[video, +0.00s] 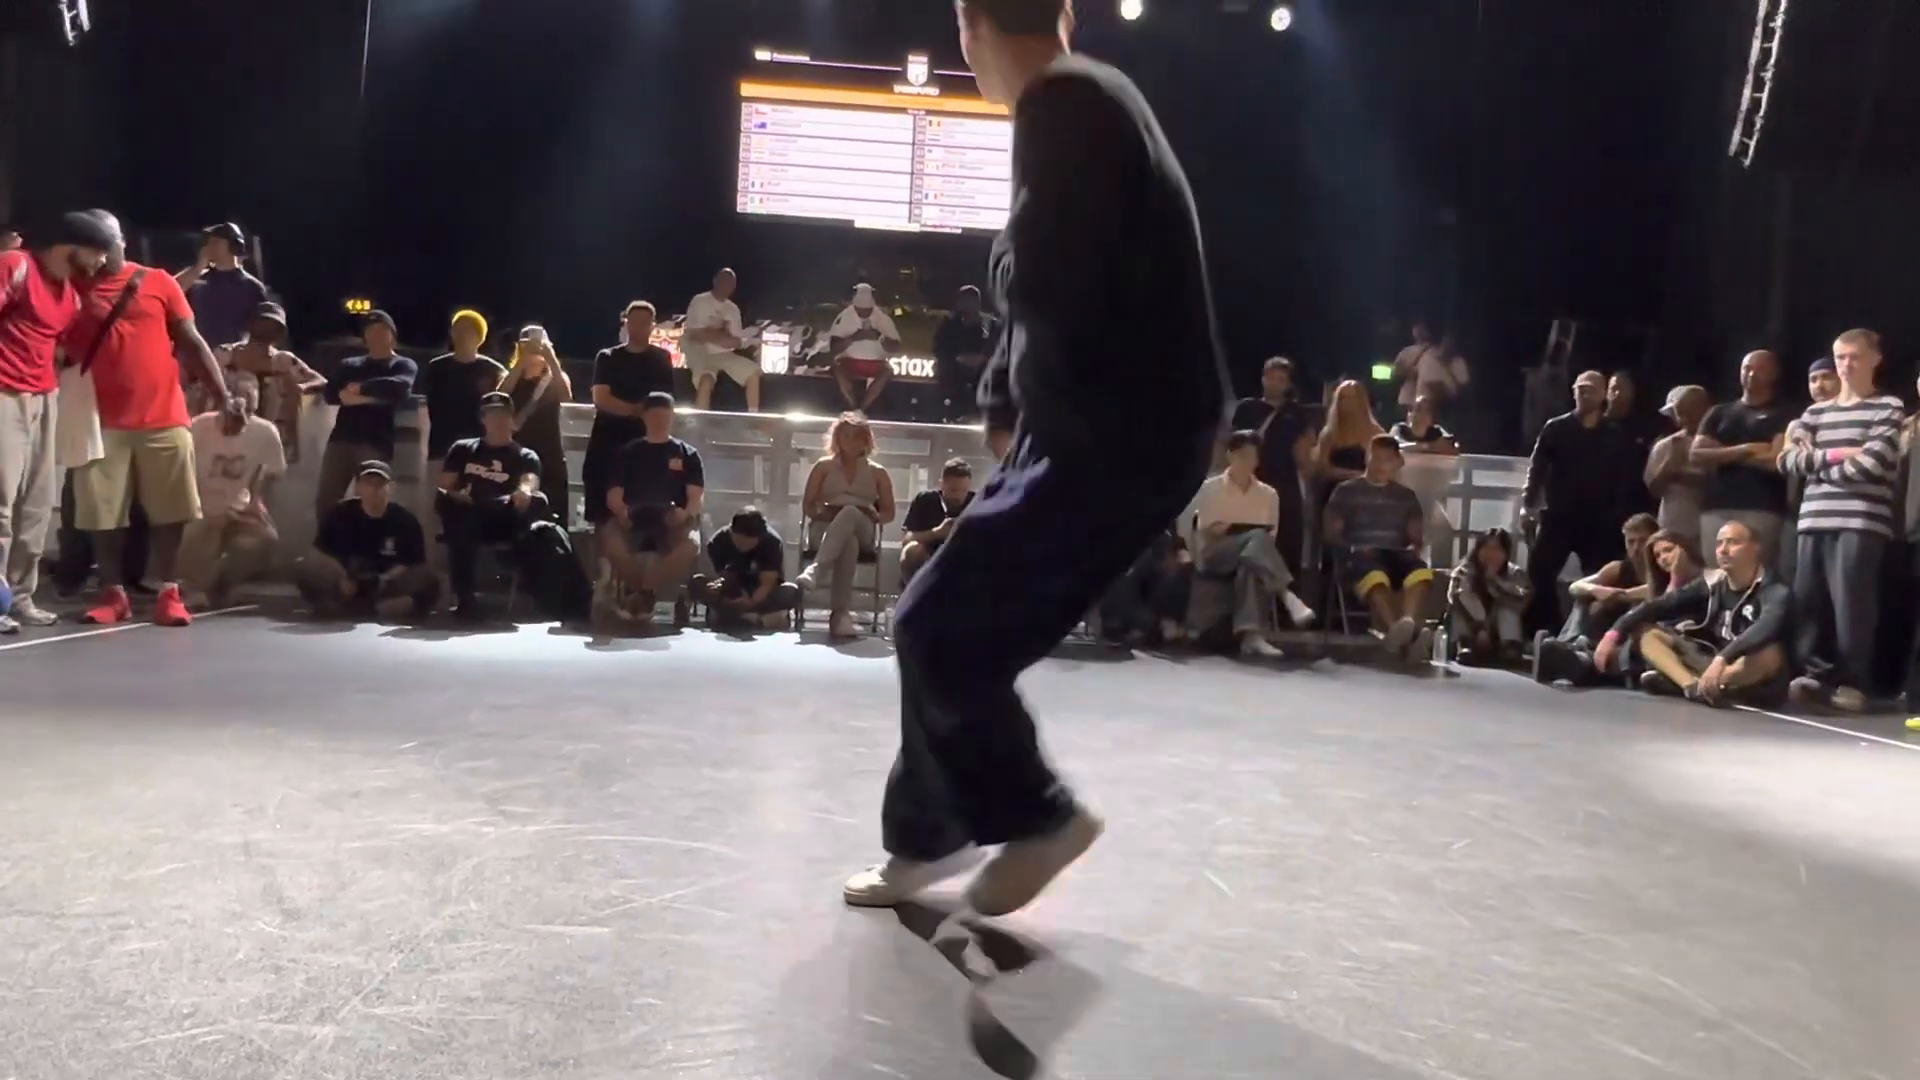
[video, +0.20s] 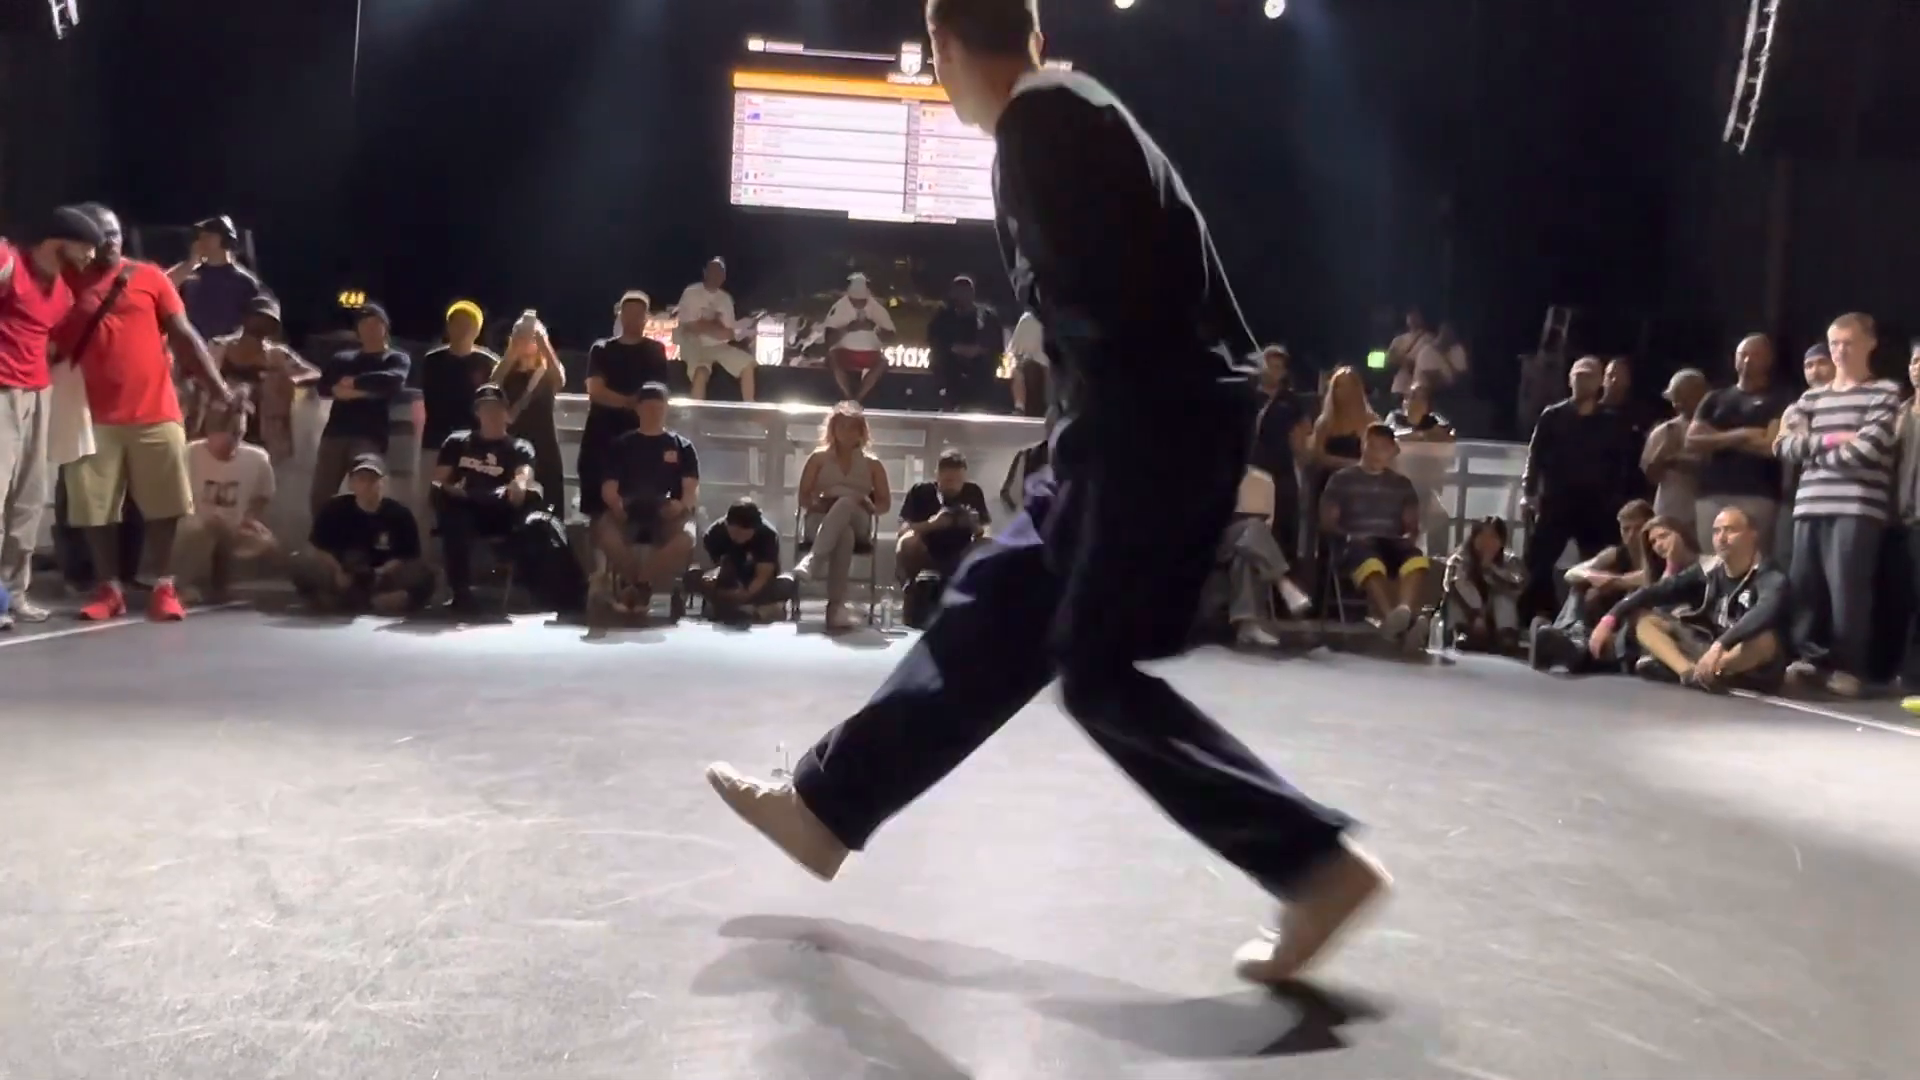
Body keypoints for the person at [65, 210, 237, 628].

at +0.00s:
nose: (94, 260)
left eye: (100, 250)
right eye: (88, 252)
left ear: (117, 244)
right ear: (82, 253)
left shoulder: (158, 283)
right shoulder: (77, 292)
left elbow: (194, 342)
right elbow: (59, 356)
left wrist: (224, 397)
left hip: (164, 419)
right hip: (104, 424)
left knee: (171, 510)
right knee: (104, 516)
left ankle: (167, 593)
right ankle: (114, 595)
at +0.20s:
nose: (109, 245)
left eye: (114, 236)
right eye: (100, 239)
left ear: (122, 238)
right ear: (83, 245)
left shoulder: (149, 277)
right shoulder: (71, 286)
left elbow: (187, 336)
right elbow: (52, 350)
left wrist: (221, 388)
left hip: (156, 414)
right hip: (96, 419)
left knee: (167, 504)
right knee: (96, 510)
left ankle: (163, 587)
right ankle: (109, 590)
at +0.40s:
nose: (114, 251)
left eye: (117, 242)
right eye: (105, 245)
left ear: (125, 246)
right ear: (85, 252)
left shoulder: (151, 286)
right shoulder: (72, 295)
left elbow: (188, 343)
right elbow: (52, 358)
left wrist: (226, 388)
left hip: (156, 422)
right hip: (97, 427)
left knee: (168, 514)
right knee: (99, 520)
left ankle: (165, 597)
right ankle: (111, 600)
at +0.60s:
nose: (120, 269)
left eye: (124, 261)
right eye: (110, 262)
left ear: (134, 262)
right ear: (92, 267)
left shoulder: (158, 303)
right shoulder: (79, 311)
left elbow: (199, 354)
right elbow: (60, 376)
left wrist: (245, 389)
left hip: (163, 438)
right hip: (104, 444)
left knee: (174, 530)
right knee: (107, 536)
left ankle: (172, 613)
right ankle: (119, 615)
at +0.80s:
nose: (108, 276)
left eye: (114, 267)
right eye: (100, 269)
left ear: (127, 269)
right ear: (86, 272)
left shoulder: (156, 308)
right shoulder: (76, 318)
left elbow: (206, 358)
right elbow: (58, 384)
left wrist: (258, 386)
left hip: (161, 442)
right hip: (103, 448)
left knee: (172, 532)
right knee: (107, 539)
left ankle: (172, 616)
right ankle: (120, 620)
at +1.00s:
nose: (101, 278)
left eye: (108, 270)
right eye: (93, 272)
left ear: (125, 272)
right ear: (82, 276)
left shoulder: (157, 311)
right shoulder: (75, 321)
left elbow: (204, 362)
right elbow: (59, 386)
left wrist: (256, 396)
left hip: (162, 442)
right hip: (104, 448)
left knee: (174, 531)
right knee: (108, 540)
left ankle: (175, 617)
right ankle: (120, 622)